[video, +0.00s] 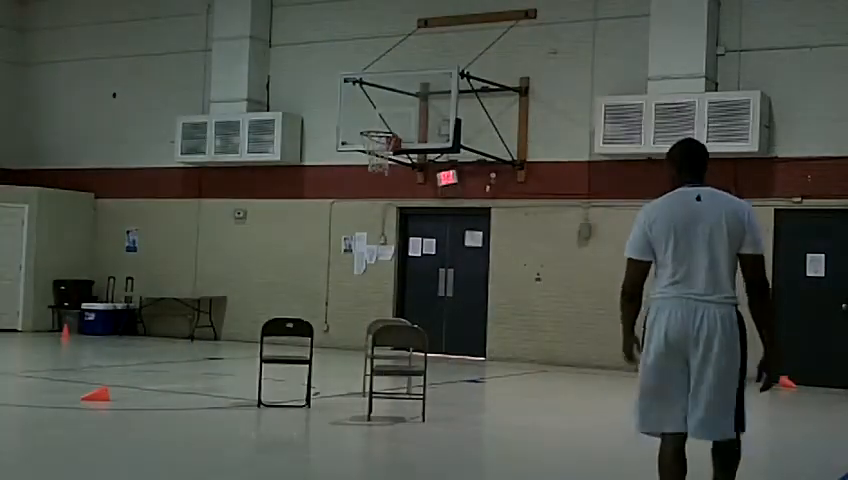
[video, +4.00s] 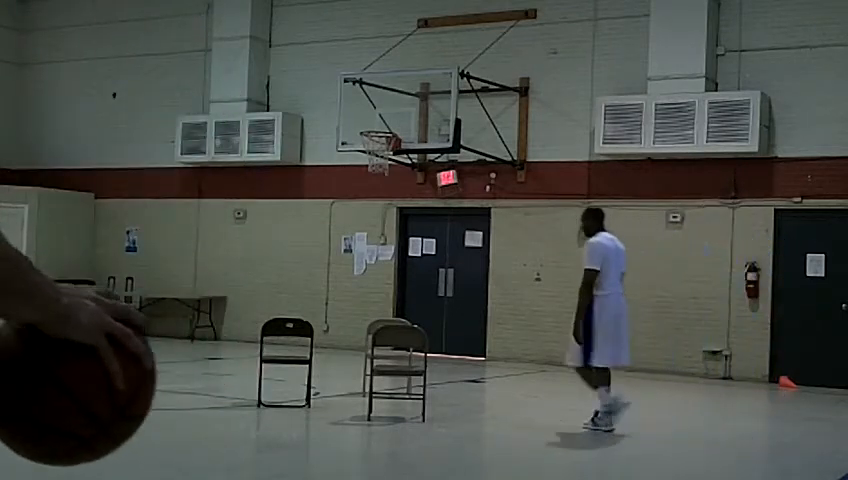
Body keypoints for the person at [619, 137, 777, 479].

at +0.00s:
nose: (666, 171)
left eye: (667, 166)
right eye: (668, 166)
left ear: (672, 168)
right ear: (706, 168)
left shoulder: (654, 211)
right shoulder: (738, 210)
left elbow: (631, 285)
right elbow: (757, 286)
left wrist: (628, 332)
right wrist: (770, 349)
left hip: (666, 323)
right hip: (720, 325)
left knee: (671, 432)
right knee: (725, 431)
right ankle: (723, 479)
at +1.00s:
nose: (700, 204)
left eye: (701, 199)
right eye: (701, 199)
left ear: (707, 200)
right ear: (734, 200)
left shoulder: (697, 234)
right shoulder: (762, 232)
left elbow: (682, 297)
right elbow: (775, 291)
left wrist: (673, 351)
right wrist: (778, 342)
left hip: (707, 320)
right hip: (748, 320)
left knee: (711, 405)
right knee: (751, 403)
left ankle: (718, 474)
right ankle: (741, 464)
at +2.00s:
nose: (712, 217)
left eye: (715, 212)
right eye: (713, 211)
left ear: (724, 214)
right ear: (741, 213)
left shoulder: (715, 245)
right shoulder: (769, 243)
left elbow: (706, 293)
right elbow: (779, 291)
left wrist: (697, 339)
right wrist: (774, 324)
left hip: (725, 317)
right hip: (760, 317)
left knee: (721, 390)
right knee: (754, 393)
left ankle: (726, 455)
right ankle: (744, 462)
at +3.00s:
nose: (695, 226)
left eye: (697, 222)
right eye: (697, 221)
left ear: (702, 223)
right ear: (720, 224)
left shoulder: (700, 247)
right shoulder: (741, 248)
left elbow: (697, 289)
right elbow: (752, 291)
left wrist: (692, 330)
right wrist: (738, 312)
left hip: (713, 313)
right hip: (742, 312)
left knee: (693, 371)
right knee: (748, 378)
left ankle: (684, 427)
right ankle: (754, 441)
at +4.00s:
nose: (581, 226)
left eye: (583, 221)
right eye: (582, 221)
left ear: (591, 222)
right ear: (602, 221)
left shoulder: (595, 244)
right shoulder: (616, 243)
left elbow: (587, 284)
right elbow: (620, 278)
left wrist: (578, 319)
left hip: (599, 307)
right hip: (614, 306)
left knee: (580, 361)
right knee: (603, 360)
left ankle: (609, 401)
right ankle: (604, 413)